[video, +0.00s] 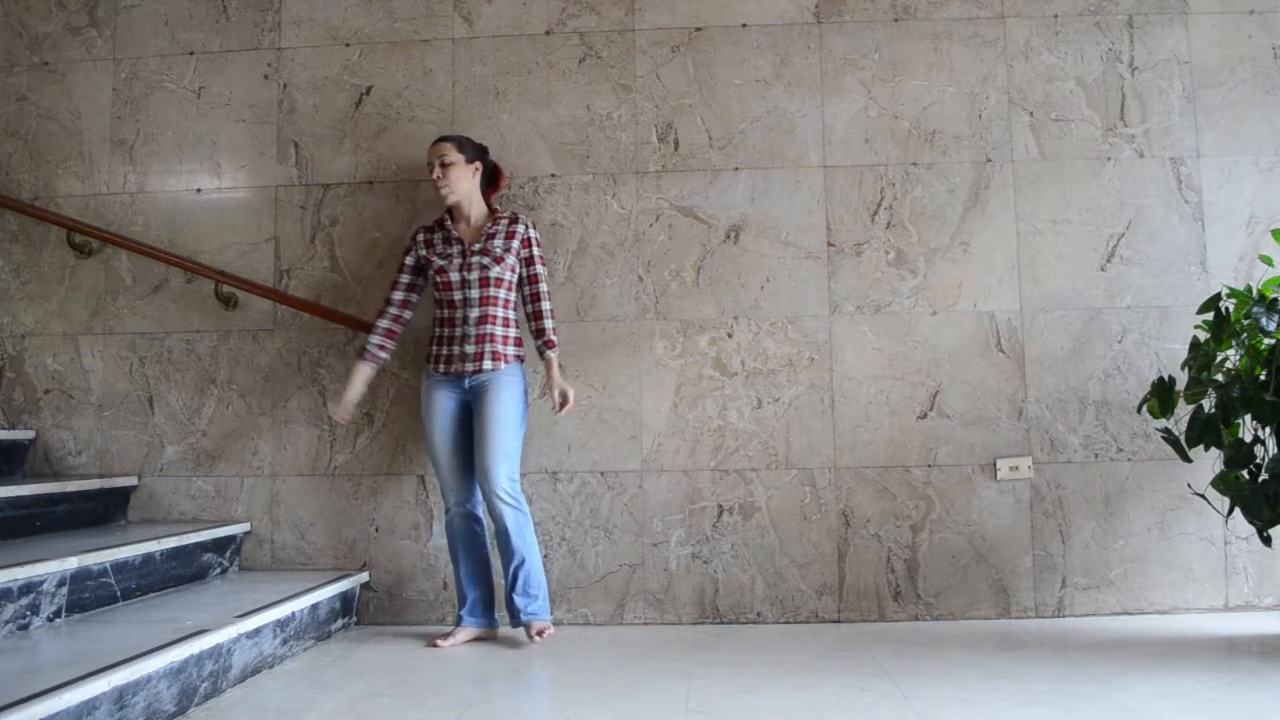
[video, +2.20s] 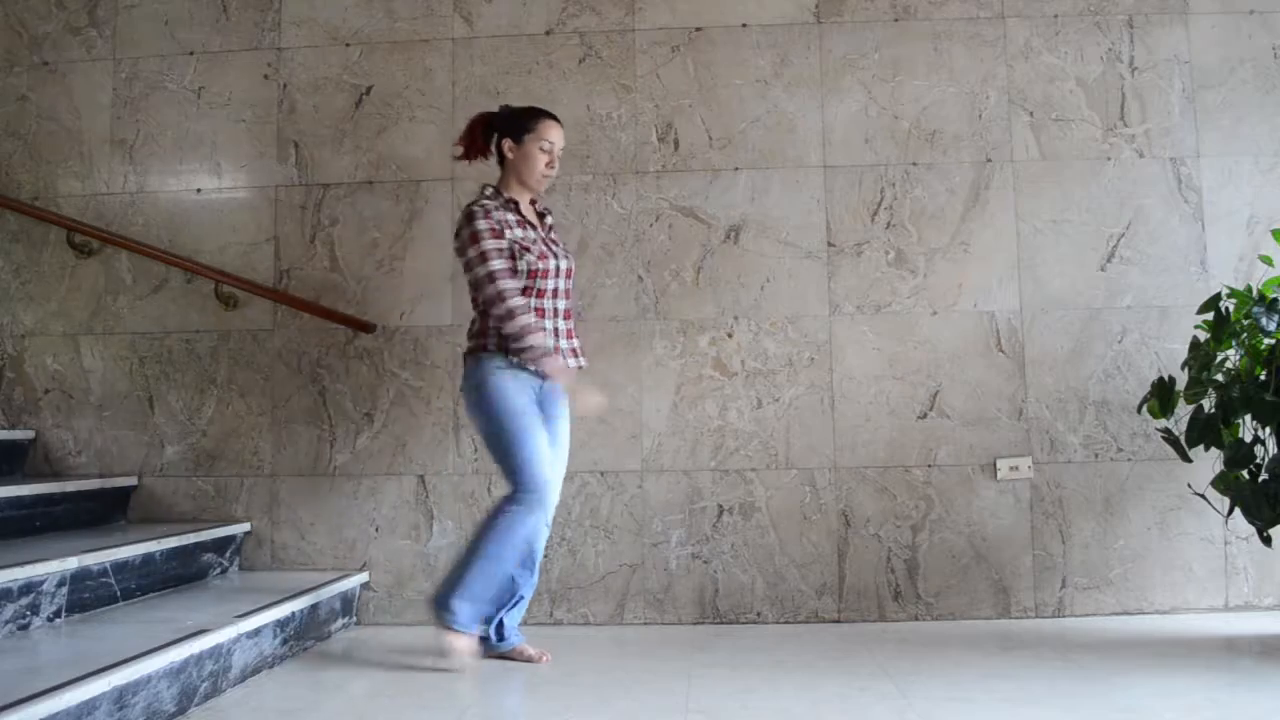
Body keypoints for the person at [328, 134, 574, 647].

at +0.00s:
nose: (435, 175)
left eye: (444, 165)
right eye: (432, 168)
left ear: (475, 169)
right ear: (433, 177)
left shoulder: (517, 232)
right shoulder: (427, 239)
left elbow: (538, 302)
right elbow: (395, 312)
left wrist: (553, 368)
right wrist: (355, 383)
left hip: (499, 372)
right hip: (442, 376)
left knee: (499, 487)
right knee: (457, 499)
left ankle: (533, 610)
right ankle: (475, 617)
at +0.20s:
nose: (450, 170)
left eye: (460, 161)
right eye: (444, 165)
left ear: (489, 170)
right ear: (440, 178)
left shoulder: (523, 232)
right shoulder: (429, 237)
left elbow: (536, 305)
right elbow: (427, 312)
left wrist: (539, 376)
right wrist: (442, 382)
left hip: (505, 376)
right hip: (448, 378)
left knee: (499, 486)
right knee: (459, 499)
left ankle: (529, 616)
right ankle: (476, 615)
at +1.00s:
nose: (507, 155)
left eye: (508, 148)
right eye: (496, 147)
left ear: (502, 160)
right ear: (461, 156)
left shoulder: (522, 221)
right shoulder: (432, 219)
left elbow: (547, 294)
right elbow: (403, 297)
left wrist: (580, 361)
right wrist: (373, 373)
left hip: (517, 369)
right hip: (455, 372)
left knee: (515, 479)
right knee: (472, 496)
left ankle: (535, 603)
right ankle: (483, 621)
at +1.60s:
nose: (539, 155)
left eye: (540, 146)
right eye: (528, 145)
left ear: (520, 154)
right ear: (493, 151)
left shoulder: (546, 224)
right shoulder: (453, 214)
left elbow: (580, 297)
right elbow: (397, 276)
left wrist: (629, 342)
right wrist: (326, 303)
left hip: (531, 374)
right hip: (467, 372)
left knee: (517, 502)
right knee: (470, 506)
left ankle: (501, 631)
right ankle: (466, 608)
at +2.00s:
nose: (544, 157)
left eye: (547, 148)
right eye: (534, 147)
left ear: (544, 153)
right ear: (498, 150)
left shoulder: (551, 214)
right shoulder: (470, 212)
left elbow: (570, 290)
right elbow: (435, 282)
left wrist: (621, 325)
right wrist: (393, 335)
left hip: (543, 370)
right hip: (484, 365)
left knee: (527, 503)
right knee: (484, 494)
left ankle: (500, 633)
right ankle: (422, 621)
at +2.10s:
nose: (546, 158)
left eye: (550, 149)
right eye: (536, 147)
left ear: (546, 155)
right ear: (500, 148)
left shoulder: (548, 218)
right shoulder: (474, 215)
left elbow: (560, 294)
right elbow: (471, 302)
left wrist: (577, 352)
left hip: (547, 368)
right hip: (493, 365)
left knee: (535, 501)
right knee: (502, 491)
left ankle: (501, 632)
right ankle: (427, 615)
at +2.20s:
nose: (554, 162)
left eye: (559, 153)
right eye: (545, 149)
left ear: (555, 160)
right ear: (509, 149)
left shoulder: (545, 224)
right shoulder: (482, 216)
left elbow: (557, 305)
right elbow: (503, 302)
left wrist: (572, 366)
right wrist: (556, 367)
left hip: (550, 374)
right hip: (499, 369)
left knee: (543, 500)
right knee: (536, 489)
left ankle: (502, 628)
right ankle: (460, 613)